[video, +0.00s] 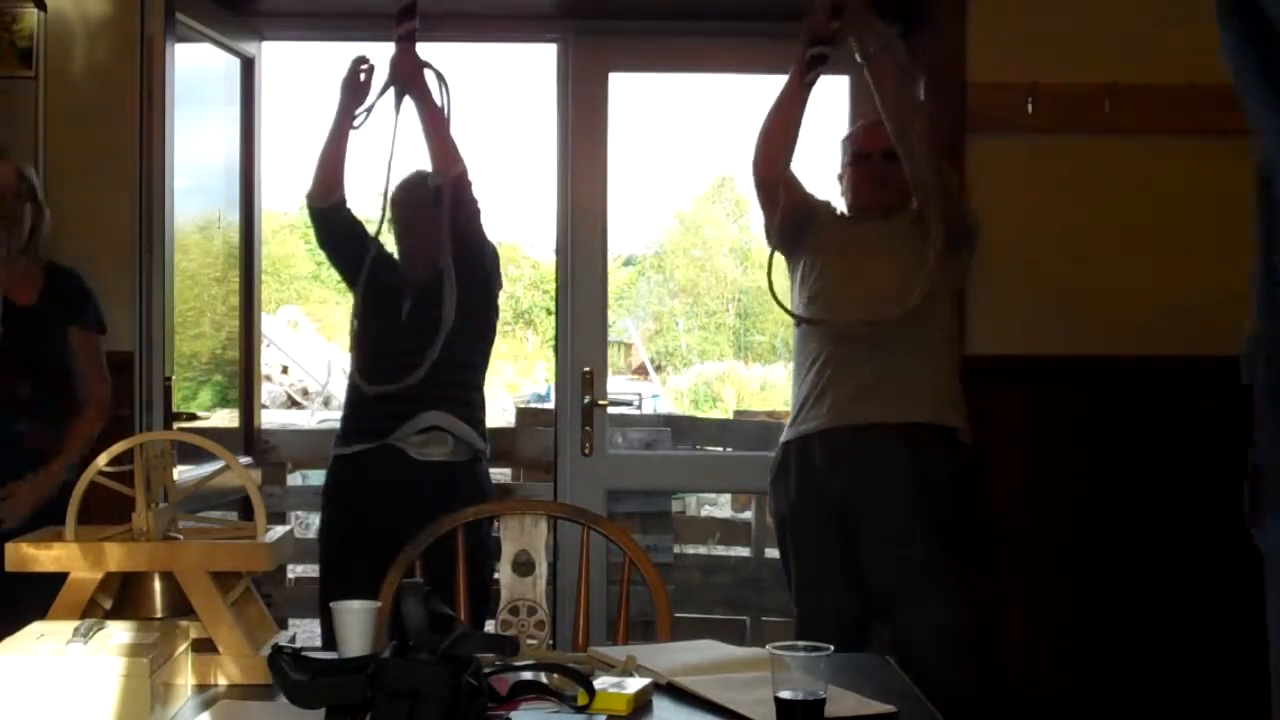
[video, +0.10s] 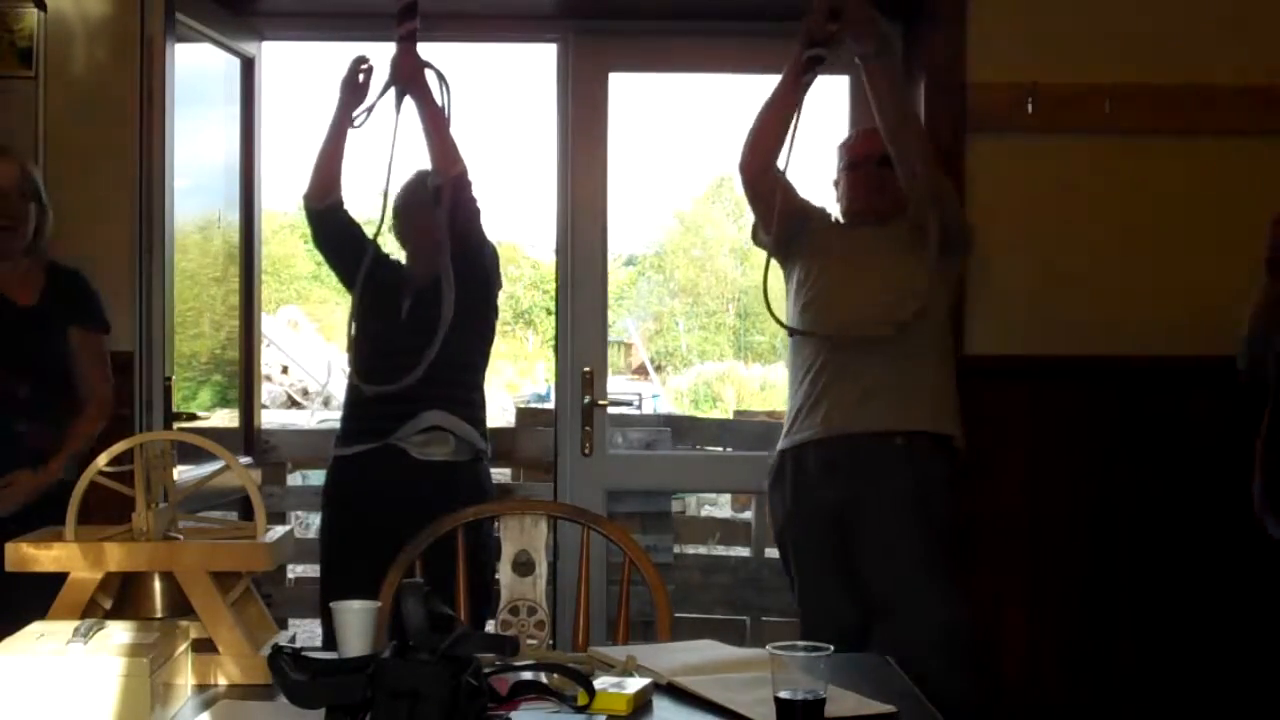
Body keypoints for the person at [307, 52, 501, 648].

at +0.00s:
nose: (421, 205)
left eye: (432, 196)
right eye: (409, 199)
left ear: (452, 216)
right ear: (394, 221)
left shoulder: (473, 281)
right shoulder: (376, 279)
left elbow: (455, 183)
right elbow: (325, 203)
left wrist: (418, 91)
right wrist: (345, 115)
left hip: (449, 477)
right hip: (364, 475)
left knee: (451, 641)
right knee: (356, 643)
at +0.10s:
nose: (437, 203)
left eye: (448, 196)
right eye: (423, 197)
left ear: (460, 217)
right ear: (401, 222)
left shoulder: (473, 282)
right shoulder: (376, 280)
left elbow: (455, 184)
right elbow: (322, 204)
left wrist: (419, 93)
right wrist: (343, 115)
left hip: (449, 478)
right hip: (365, 478)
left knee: (452, 642)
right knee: (356, 643)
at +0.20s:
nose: (435, 203)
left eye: (445, 196)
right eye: (421, 197)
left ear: (459, 216)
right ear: (400, 222)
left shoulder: (473, 279)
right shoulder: (374, 280)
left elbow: (457, 185)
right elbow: (318, 206)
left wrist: (423, 93)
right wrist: (341, 113)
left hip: (449, 478)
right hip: (364, 477)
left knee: (452, 646)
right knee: (358, 647)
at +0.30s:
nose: (435, 206)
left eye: (446, 198)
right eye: (422, 199)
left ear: (459, 217)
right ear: (399, 223)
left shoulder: (472, 281)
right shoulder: (373, 282)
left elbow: (460, 182)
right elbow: (316, 208)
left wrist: (426, 91)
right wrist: (336, 112)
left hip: (450, 481)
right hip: (365, 481)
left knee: (453, 648)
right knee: (360, 651)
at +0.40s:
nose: (437, 198)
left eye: (445, 193)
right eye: (422, 193)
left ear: (457, 215)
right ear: (398, 223)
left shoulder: (473, 282)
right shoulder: (372, 284)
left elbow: (458, 181)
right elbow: (314, 210)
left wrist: (425, 91)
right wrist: (333, 114)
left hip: (452, 479)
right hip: (365, 478)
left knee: (454, 645)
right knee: (360, 647)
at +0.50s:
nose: (438, 202)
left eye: (447, 195)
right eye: (422, 195)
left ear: (459, 215)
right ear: (398, 223)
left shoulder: (474, 282)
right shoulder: (371, 283)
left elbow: (458, 183)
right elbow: (313, 212)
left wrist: (423, 91)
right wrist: (333, 113)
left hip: (454, 484)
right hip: (367, 483)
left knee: (456, 648)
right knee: (362, 649)